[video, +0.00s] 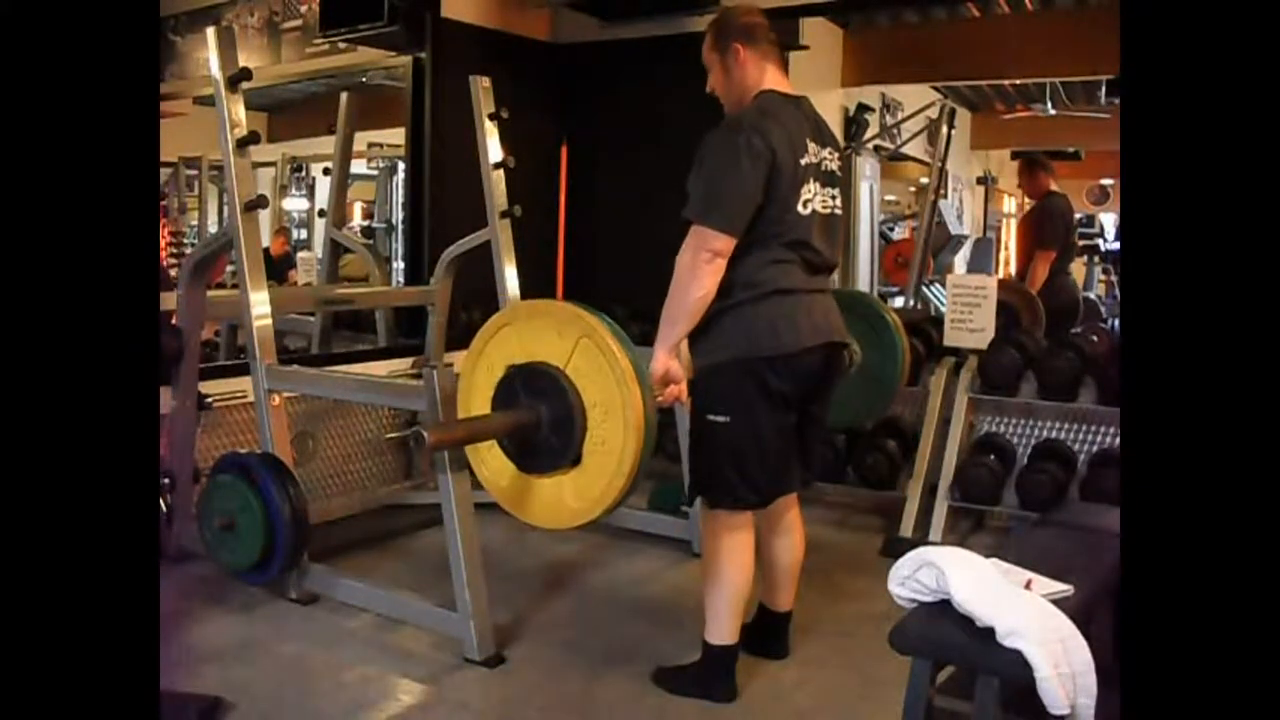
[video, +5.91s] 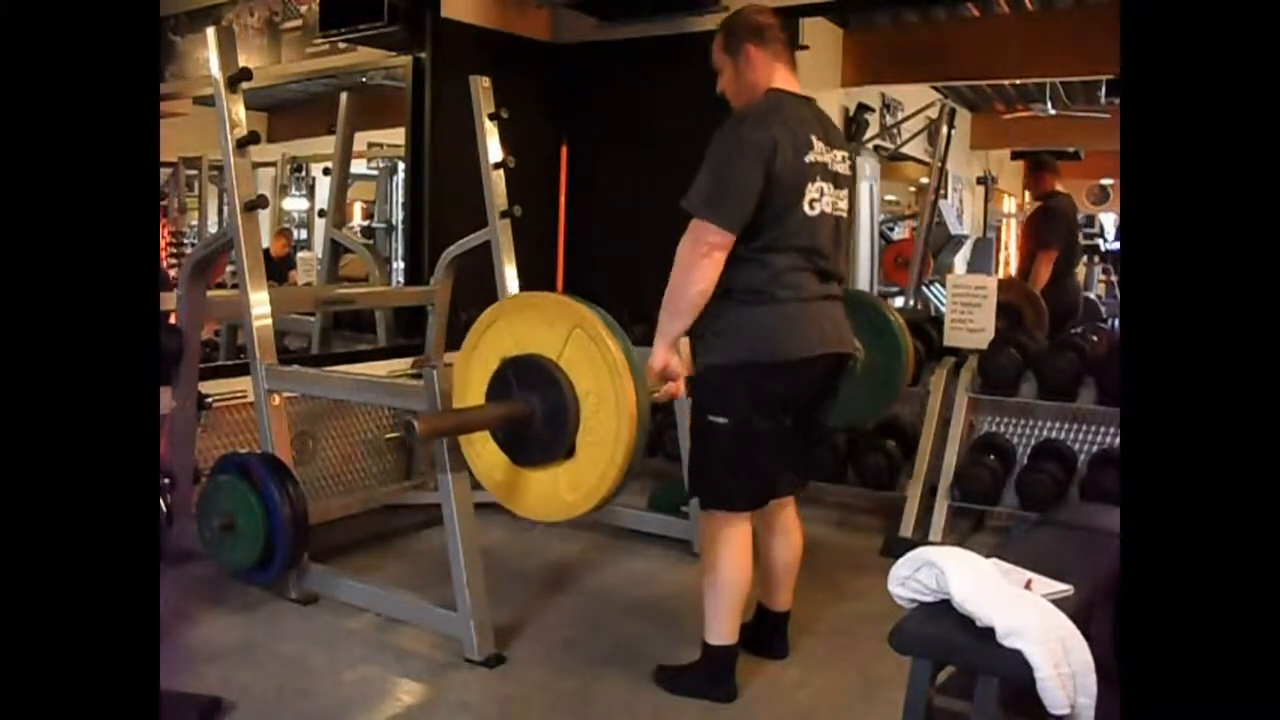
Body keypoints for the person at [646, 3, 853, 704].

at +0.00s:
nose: (711, 85)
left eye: (711, 69)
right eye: (709, 71)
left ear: (736, 58)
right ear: (773, 56)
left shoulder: (744, 132)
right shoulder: (814, 126)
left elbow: (709, 249)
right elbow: (801, 247)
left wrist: (665, 345)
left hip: (749, 343)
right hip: (812, 338)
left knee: (728, 506)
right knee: (779, 492)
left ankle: (715, 668)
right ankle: (772, 631)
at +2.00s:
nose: (693, 89)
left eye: (693, 74)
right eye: (691, 76)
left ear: (719, 62)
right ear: (753, 62)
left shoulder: (728, 134)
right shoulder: (808, 130)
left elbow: (698, 252)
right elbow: (807, 243)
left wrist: (668, 353)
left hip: (758, 347)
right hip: (828, 340)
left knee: (731, 511)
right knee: (784, 498)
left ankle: (715, 668)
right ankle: (772, 631)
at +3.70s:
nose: (641, 186)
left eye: (639, 169)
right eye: (637, 172)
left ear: (662, 156)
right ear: (695, 152)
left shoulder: (685, 212)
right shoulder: (751, 195)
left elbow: (669, 330)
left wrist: (651, 440)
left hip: (804, 361)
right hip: (878, 348)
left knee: (736, 503)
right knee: (795, 501)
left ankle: (716, 667)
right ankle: (772, 630)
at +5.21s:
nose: (671, 111)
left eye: (673, 96)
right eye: (671, 97)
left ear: (696, 90)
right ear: (733, 91)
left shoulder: (703, 157)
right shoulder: (779, 155)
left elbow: (679, 271)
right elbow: (815, 255)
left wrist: (661, 383)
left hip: (775, 357)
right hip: (844, 346)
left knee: (736, 502)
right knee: (797, 497)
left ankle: (717, 665)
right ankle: (775, 630)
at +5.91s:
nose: (721, 85)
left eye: (722, 69)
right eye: (720, 71)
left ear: (747, 57)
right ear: (782, 56)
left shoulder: (753, 126)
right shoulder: (824, 127)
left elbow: (707, 243)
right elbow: (817, 245)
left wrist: (666, 340)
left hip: (749, 348)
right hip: (818, 344)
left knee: (725, 506)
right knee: (778, 492)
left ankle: (715, 668)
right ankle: (771, 630)